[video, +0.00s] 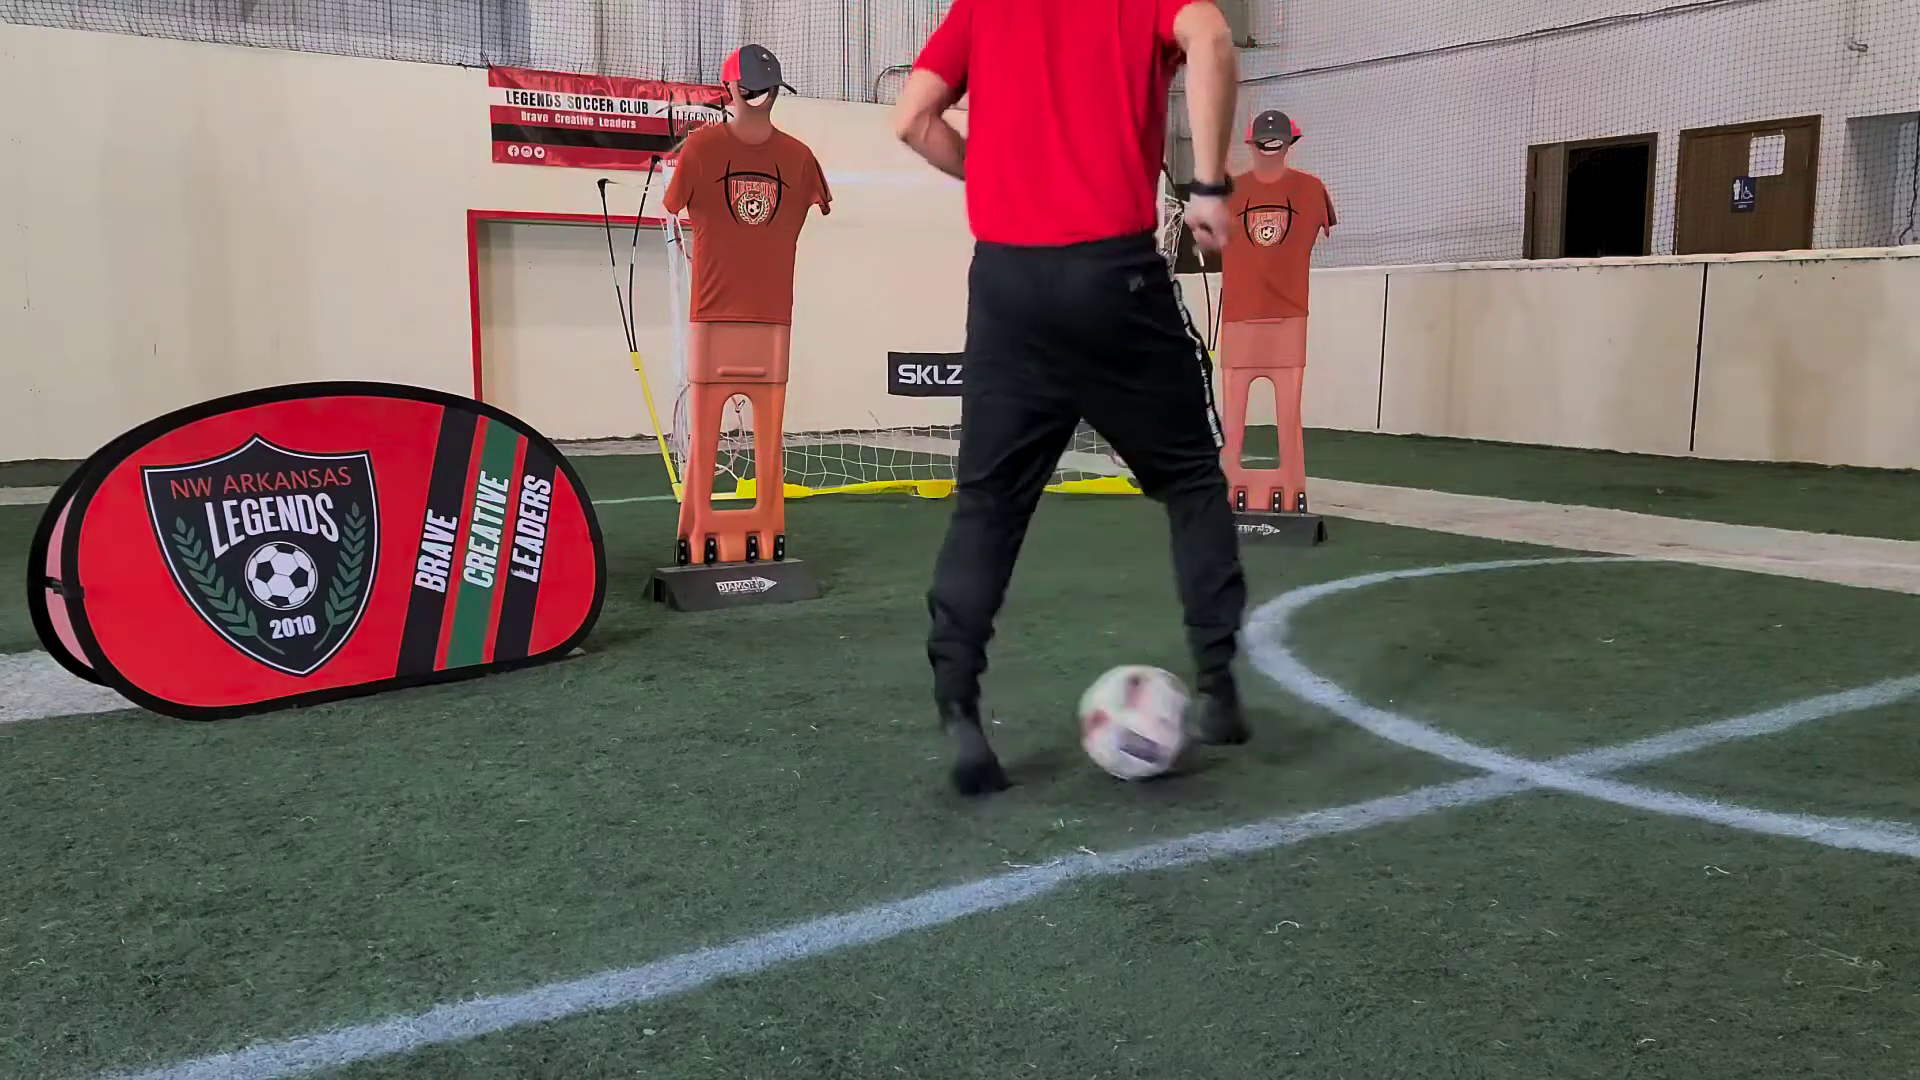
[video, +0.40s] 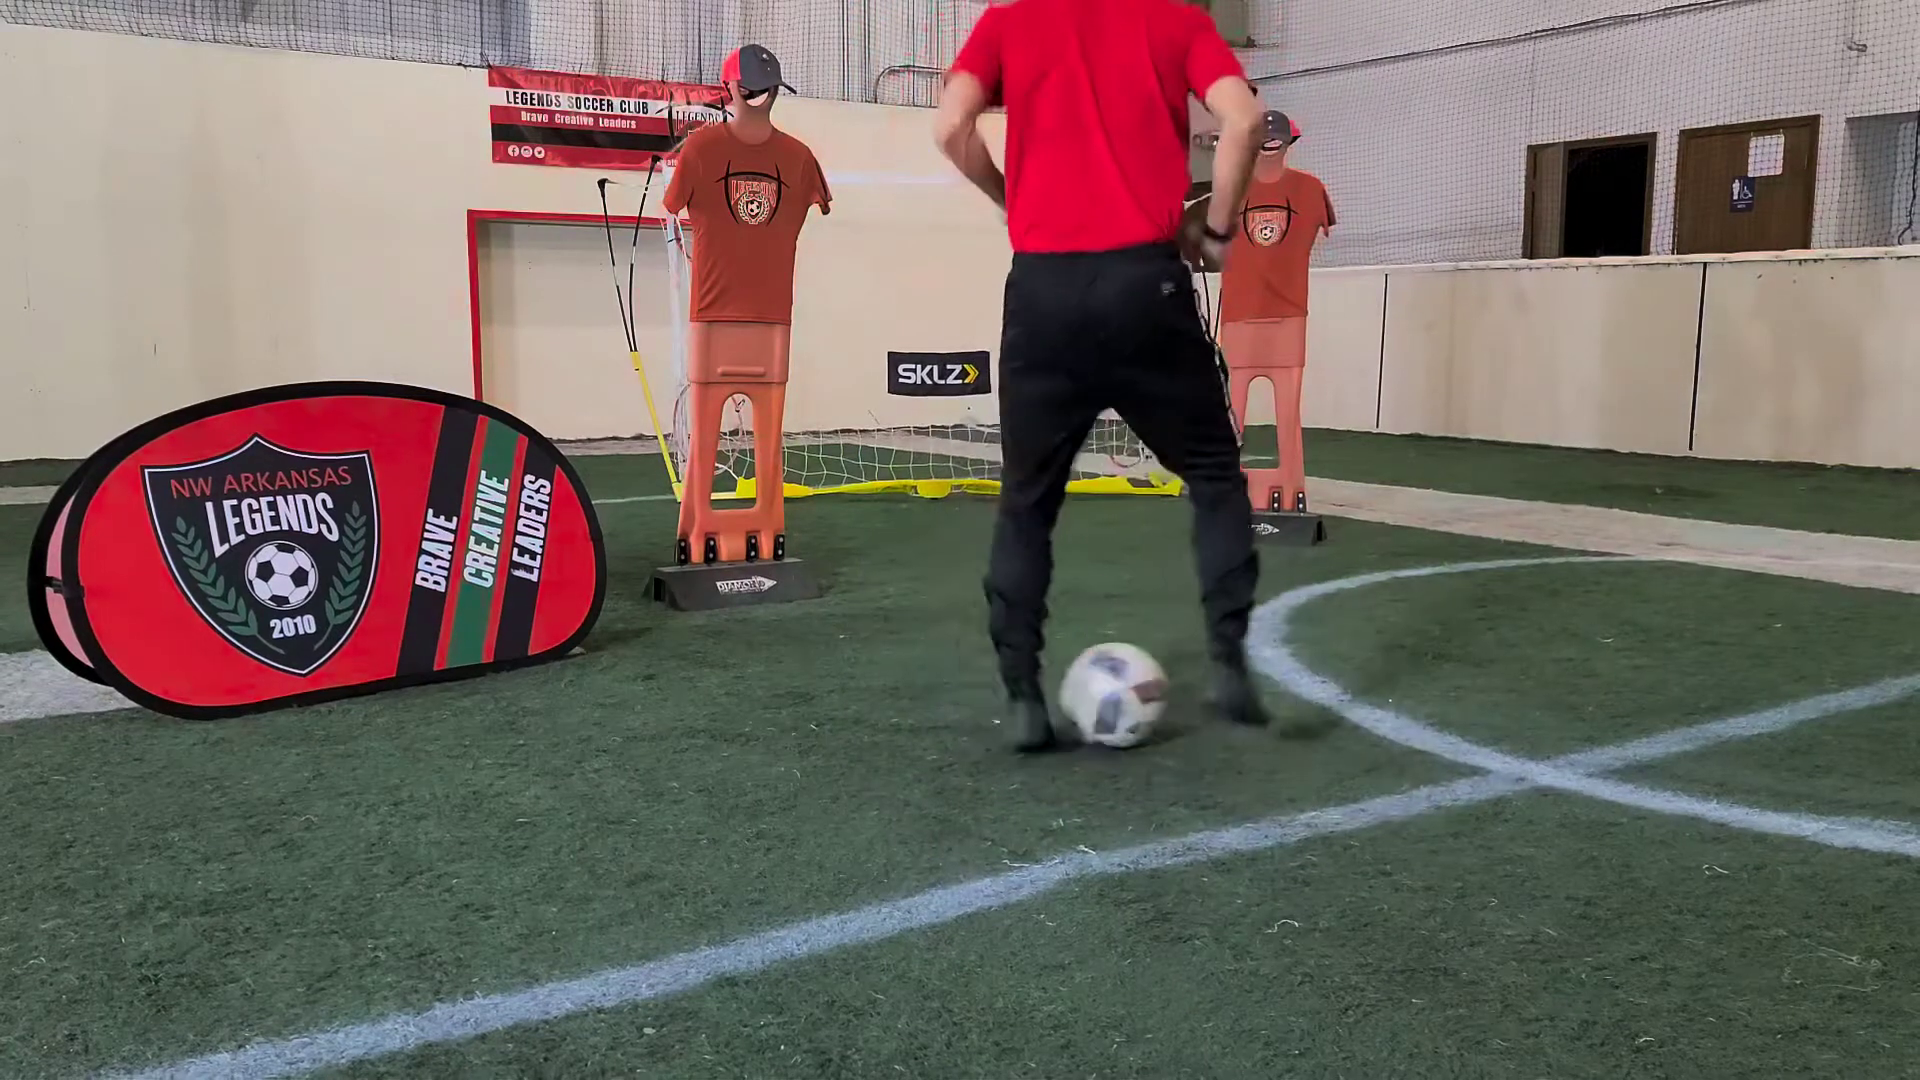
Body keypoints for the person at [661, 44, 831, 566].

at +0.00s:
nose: (757, 96)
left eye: (764, 87)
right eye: (748, 87)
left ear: (775, 87)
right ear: (729, 88)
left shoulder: (797, 153)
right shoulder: (702, 145)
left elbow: (807, 211)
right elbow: (676, 209)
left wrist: (761, 237)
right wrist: (726, 228)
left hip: (772, 303)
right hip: (713, 304)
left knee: (770, 415)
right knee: (704, 417)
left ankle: (768, 527)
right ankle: (697, 527)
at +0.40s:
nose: (757, 95)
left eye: (765, 87)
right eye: (748, 86)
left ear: (776, 88)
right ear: (729, 87)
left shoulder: (796, 153)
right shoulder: (702, 144)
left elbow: (799, 218)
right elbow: (676, 210)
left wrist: (760, 238)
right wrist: (726, 229)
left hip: (772, 302)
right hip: (713, 302)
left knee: (769, 413)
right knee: (705, 413)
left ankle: (767, 526)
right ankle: (697, 526)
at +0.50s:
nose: (759, 97)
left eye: (766, 88)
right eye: (750, 88)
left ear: (776, 89)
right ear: (730, 89)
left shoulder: (797, 153)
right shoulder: (703, 146)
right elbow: (677, 211)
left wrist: (750, 232)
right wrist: (725, 226)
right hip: (715, 304)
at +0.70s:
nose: (758, 95)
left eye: (765, 86)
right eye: (749, 86)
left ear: (776, 87)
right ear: (729, 87)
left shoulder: (797, 152)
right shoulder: (702, 144)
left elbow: (805, 212)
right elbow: (674, 208)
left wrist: (759, 234)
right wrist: (722, 227)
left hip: (772, 303)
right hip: (712, 303)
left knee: (770, 418)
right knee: (704, 420)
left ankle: (767, 531)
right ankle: (696, 531)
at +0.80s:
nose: (759, 95)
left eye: (766, 87)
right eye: (749, 87)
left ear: (776, 87)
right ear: (729, 88)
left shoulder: (798, 153)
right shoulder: (702, 145)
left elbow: (804, 213)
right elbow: (673, 209)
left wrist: (758, 235)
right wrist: (723, 227)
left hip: (772, 303)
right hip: (712, 303)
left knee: (770, 418)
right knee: (705, 420)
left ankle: (768, 531)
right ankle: (697, 531)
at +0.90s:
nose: (759, 96)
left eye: (766, 87)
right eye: (749, 87)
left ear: (775, 87)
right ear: (729, 88)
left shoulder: (797, 153)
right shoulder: (702, 145)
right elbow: (675, 210)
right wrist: (724, 227)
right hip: (713, 304)